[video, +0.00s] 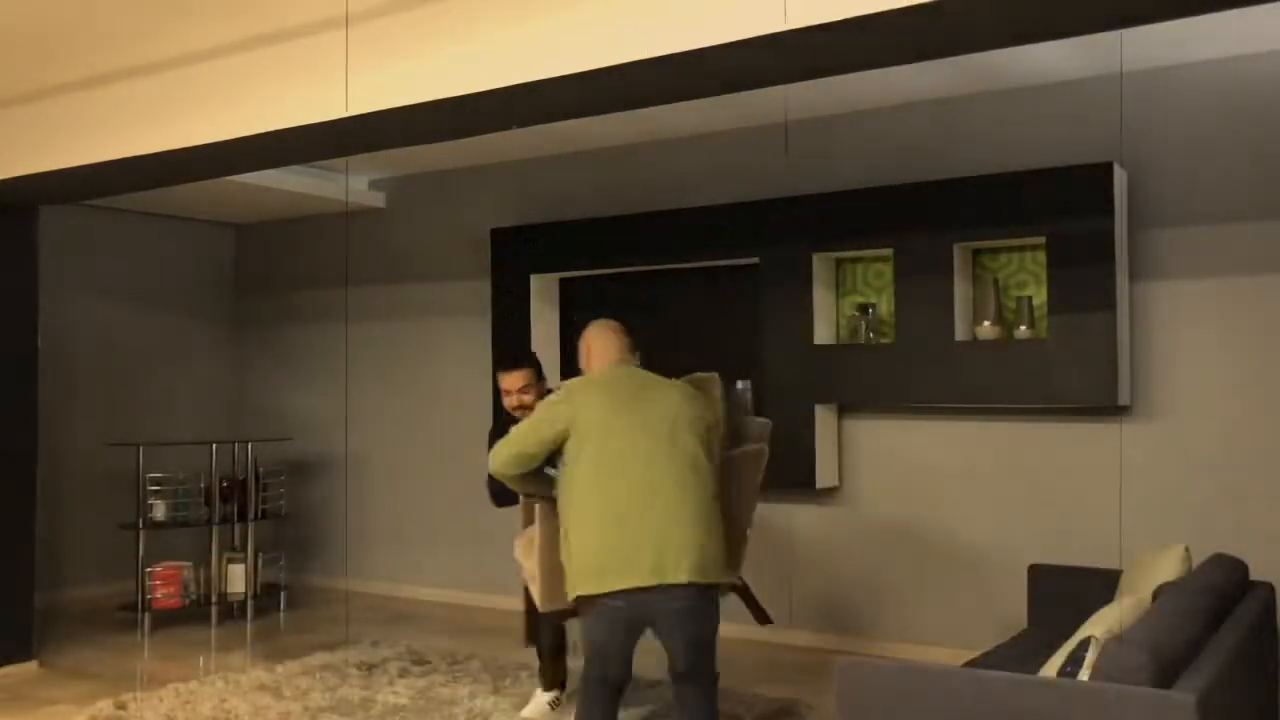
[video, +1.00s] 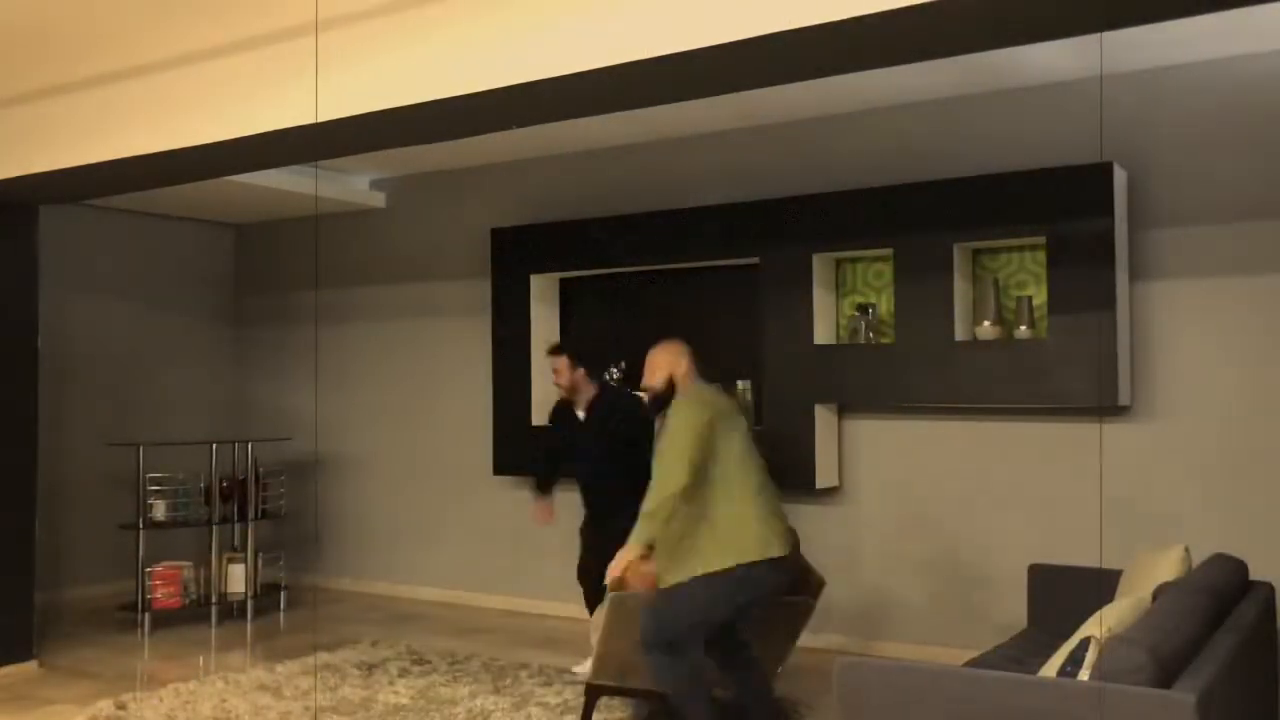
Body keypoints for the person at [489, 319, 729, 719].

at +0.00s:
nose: (581, 366)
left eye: (581, 359)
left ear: (585, 359)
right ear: (634, 355)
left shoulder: (574, 398)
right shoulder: (690, 397)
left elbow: (503, 463)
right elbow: (707, 462)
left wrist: (555, 487)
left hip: (606, 577)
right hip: (690, 577)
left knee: (600, 688)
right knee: (696, 689)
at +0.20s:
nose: (612, 393)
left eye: (613, 386)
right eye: (612, 386)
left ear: (620, 388)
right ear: (662, 386)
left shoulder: (610, 411)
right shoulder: (701, 419)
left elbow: (547, 468)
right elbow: (728, 486)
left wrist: (587, 510)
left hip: (655, 564)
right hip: (722, 561)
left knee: (646, 656)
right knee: (708, 651)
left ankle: (660, 713)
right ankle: (724, 712)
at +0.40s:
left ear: (656, 429)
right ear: (689, 432)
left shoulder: (645, 446)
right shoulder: (724, 463)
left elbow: (584, 500)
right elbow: (769, 487)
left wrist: (609, 545)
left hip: (676, 574)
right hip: (739, 576)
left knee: (635, 632)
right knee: (723, 648)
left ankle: (655, 713)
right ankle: (745, 711)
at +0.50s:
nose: (629, 473)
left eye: (632, 466)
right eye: (626, 466)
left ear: (661, 453)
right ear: (697, 456)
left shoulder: (658, 469)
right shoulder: (731, 487)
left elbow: (598, 523)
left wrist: (621, 572)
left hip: (689, 592)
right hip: (750, 598)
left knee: (638, 647)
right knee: (720, 653)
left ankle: (656, 713)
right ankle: (744, 712)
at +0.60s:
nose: (637, 482)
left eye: (637, 475)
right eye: (634, 477)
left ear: (646, 465)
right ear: (674, 459)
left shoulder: (658, 478)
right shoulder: (727, 492)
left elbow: (603, 533)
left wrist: (622, 577)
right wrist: (653, 563)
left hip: (688, 588)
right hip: (748, 597)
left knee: (632, 646)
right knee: (719, 651)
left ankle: (649, 712)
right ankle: (740, 712)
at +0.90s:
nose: (644, 416)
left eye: (646, 408)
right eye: (644, 408)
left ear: (660, 408)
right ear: (686, 407)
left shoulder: (657, 436)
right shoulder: (723, 437)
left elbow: (631, 512)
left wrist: (629, 563)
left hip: (731, 560)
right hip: (779, 559)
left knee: (653, 630)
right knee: (727, 639)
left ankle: (655, 712)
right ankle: (758, 709)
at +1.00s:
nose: (645, 383)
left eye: (650, 372)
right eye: (645, 373)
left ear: (676, 366)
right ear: (684, 368)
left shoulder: (691, 404)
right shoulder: (714, 403)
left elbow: (672, 479)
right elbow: (703, 506)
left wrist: (635, 545)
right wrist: (659, 562)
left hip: (748, 558)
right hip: (772, 555)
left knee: (662, 627)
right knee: (718, 633)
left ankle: (697, 709)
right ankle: (763, 709)